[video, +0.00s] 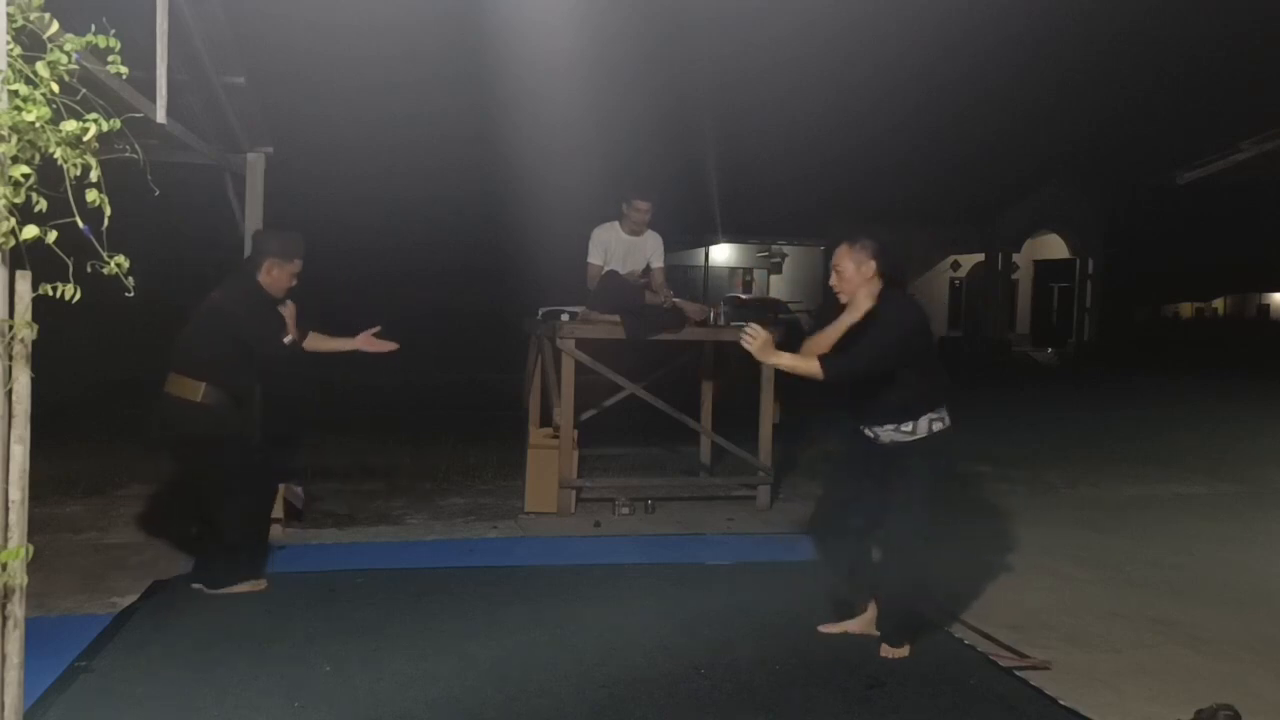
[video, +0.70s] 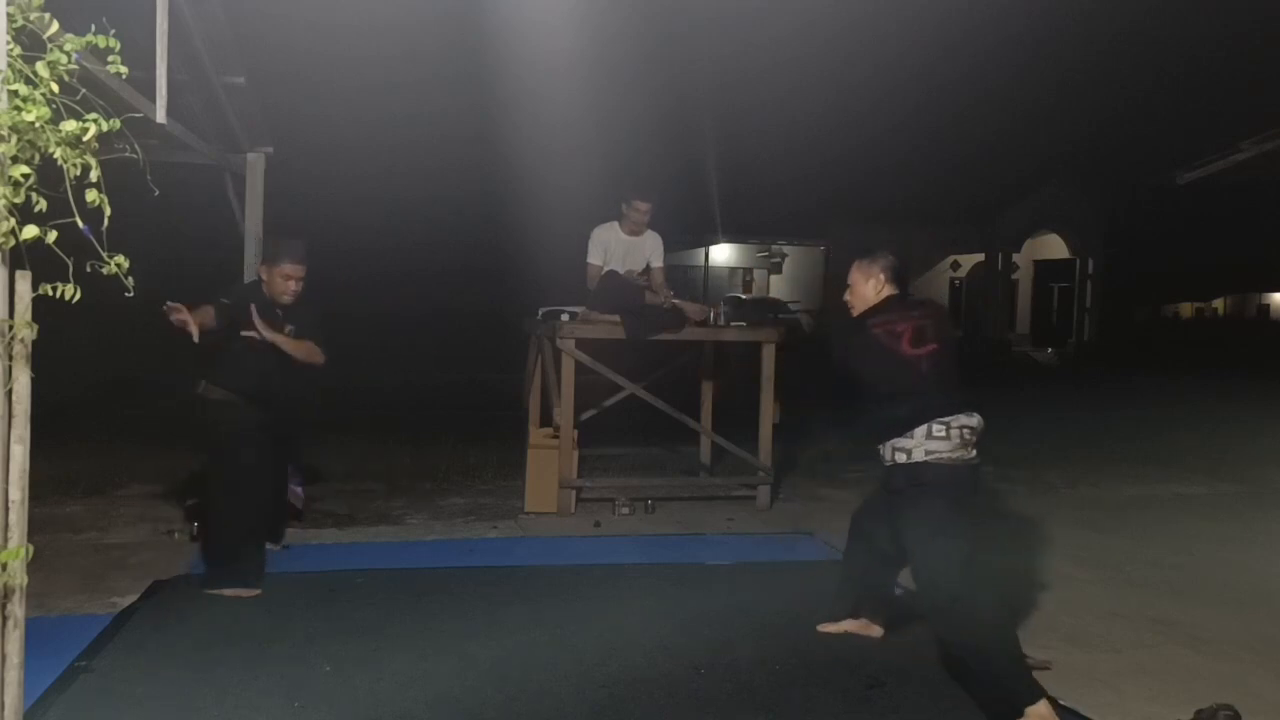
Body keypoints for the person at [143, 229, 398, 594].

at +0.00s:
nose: (295, 283)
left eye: (297, 275)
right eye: (292, 274)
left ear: (269, 269)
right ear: (269, 268)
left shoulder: (248, 295)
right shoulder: (245, 300)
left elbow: (299, 339)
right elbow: (274, 350)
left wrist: (354, 343)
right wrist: (287, 328)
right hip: (201, 411)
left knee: (226, 482)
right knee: (238, 484)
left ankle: (216, 567)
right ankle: (223, 574)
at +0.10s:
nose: (296, 282)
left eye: (297, 274)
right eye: (293, 274)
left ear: (268, 269)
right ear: (269, 269)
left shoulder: (238, 290)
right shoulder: (253, 303)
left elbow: (284, 341)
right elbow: (294, 351)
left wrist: (342, 352)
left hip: (187, 403)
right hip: (208, 410)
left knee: (219, 482)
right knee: (240, 484)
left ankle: (211, 561)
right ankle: (229, 574)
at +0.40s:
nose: (293, 284)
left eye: (296, 276)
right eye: (286, 274)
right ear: (259, 269)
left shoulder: (258, 302)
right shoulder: (241, 302)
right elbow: (298, 333)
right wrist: (363, 328)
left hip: (229, 406)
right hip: (217, 410)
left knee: (245, 480)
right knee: (253, 486)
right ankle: (232, 573)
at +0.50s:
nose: (292, 285)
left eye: (296, 277)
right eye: (285, 275)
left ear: (299, 274)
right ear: (260, 270)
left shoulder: (275, 308)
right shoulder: (239, 299)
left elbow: (310, 353)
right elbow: (261, 326)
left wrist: (297, 345)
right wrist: (318, 327)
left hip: (245, 401)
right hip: (220, 403)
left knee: (257, 474)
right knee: (244, 481)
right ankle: (231, 572)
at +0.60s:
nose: (293, 286)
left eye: (299, 278)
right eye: (286, 276)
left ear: (304, 276)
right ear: (262, 272)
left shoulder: (302, 308)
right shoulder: (240, 301)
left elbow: (315, 353)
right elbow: (215, 316)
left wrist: (264, 332)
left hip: (277, 420)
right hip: (232, 416)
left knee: (267, 496)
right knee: (232, 490)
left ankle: (256, 571)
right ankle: (228, 569)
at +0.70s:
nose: (294, 287)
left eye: (300, 279)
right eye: (286, 278)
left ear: (305, 278)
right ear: (264, 274)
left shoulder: (302, 310)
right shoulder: (248, 298)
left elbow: (317, 355)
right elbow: (218, 312)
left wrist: (270, 334)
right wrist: (194, 319)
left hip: (265, 409)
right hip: (225, 405)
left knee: (259, 483)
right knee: (235, 484)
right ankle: (232, 575)